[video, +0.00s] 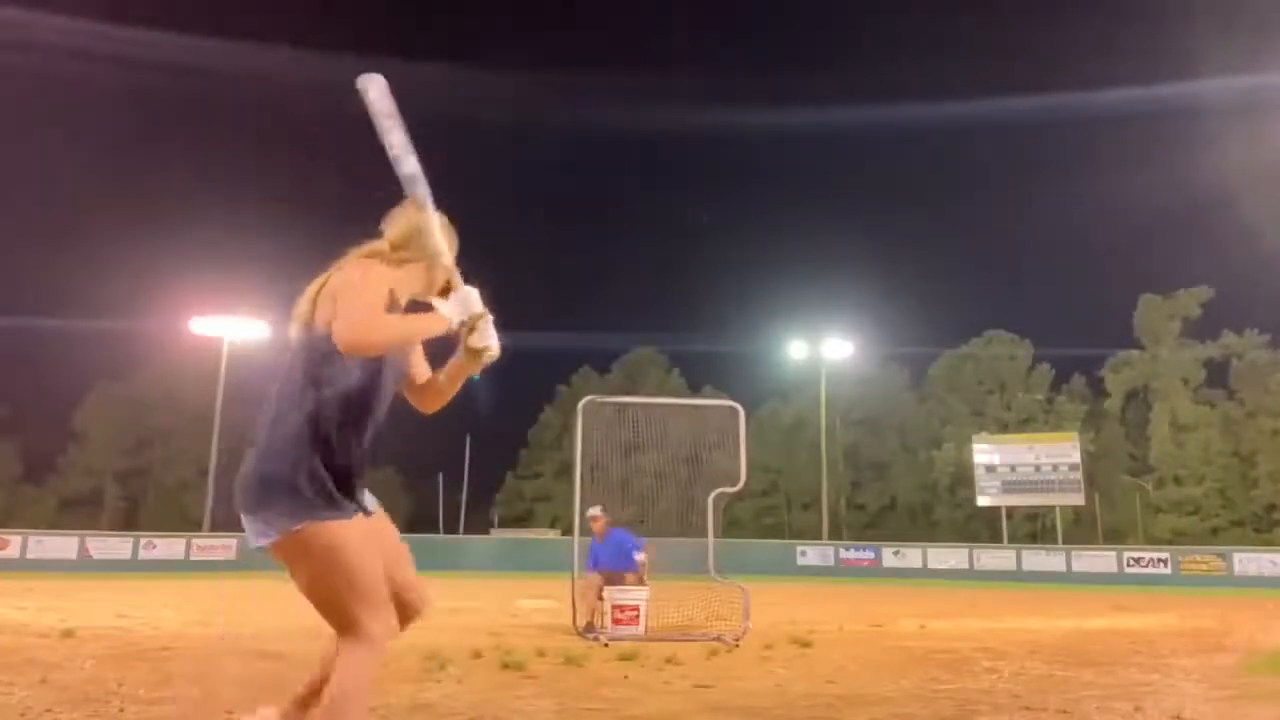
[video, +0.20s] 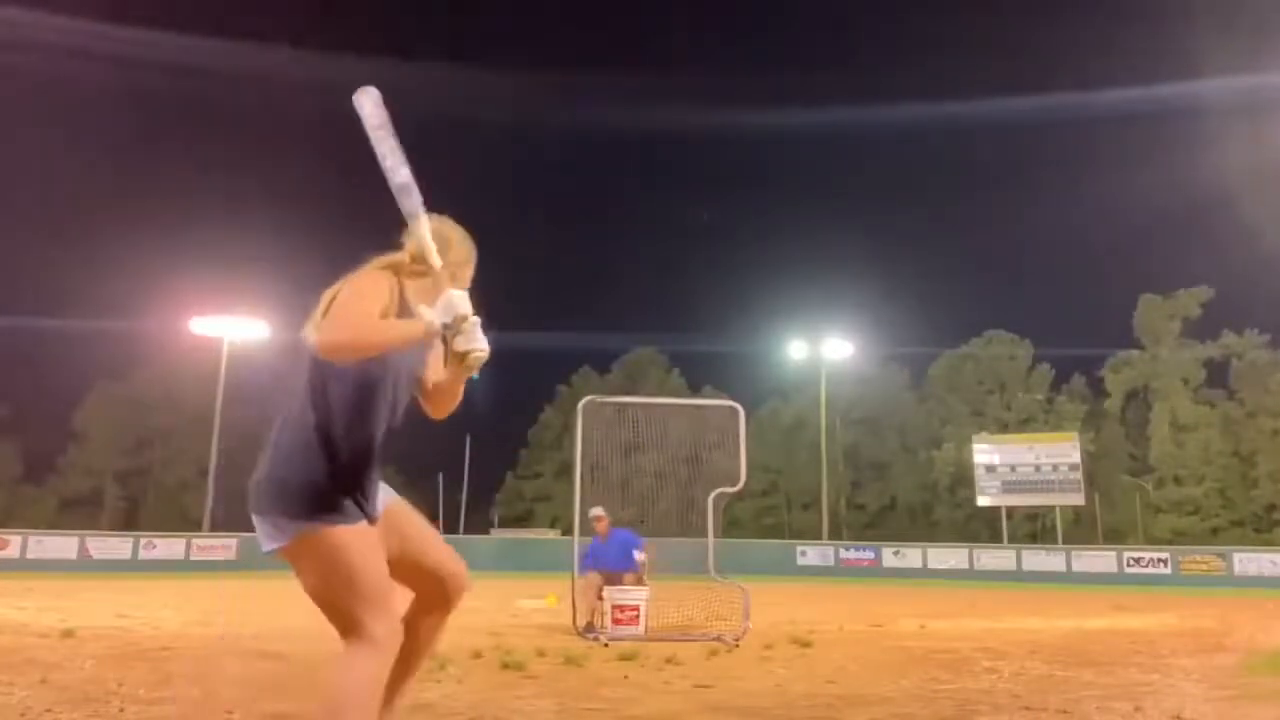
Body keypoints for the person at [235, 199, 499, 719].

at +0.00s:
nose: (442, 286)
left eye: (446, 277)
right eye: (443, 272)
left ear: (406, 255)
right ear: (426, 257)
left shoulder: (396, 315)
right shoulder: (362, 272)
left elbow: (427, 398)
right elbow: (353, 335)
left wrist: (468, 358)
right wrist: (446, 318)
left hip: (335, 484)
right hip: (289, 485)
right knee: (369, 629)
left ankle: (298, 709)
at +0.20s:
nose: (460, 293)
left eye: (464, 284)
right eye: (462, 280)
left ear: (421, 258)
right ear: (443, 268)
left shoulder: (423, 324)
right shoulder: (375, 282)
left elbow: (436, 405)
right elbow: (331, 339)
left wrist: (460, 366)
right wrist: (429, 325)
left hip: (355, 488)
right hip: (304, 493)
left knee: (446, 581)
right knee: (376, 628)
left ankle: (379, 706)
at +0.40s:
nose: (482, 322)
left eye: (486, 315)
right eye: (482, 312)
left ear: (467, 312)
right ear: (460, 298)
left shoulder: (456, 350)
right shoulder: (386, 312)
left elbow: (468, 406)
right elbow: (309, 329)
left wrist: (455, 346)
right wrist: (399, 305)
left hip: (387, 501)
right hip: (325, 504)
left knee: (470, 601)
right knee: (387, 644)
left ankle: (422, 701)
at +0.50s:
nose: (509, 333)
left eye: (510, 322)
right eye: (506, 319)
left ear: (474, 317)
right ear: (481, 312)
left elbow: (484, 403)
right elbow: (308, 317)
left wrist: (453, 334)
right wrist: (396, 302)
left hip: (412, 524)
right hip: (349, 523)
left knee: (457, 627)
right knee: (394, 641)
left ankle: (411, 704)